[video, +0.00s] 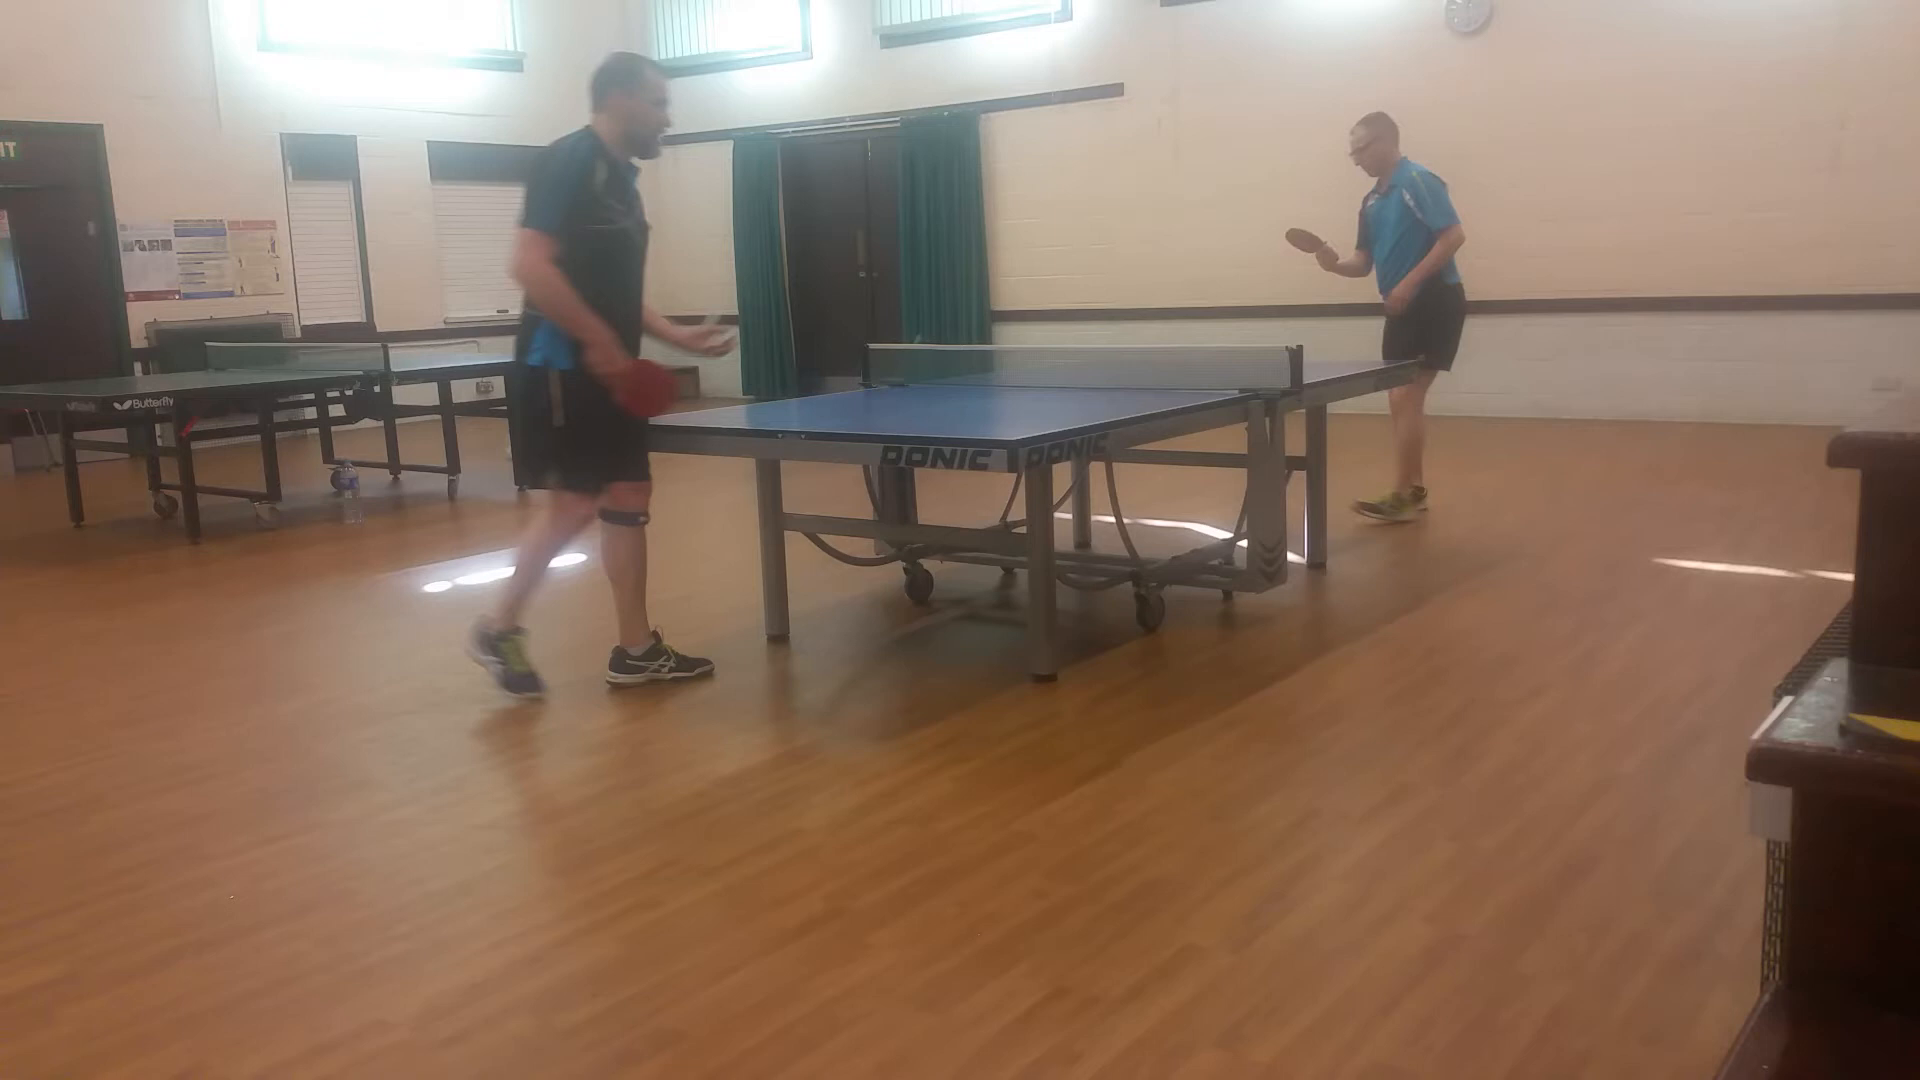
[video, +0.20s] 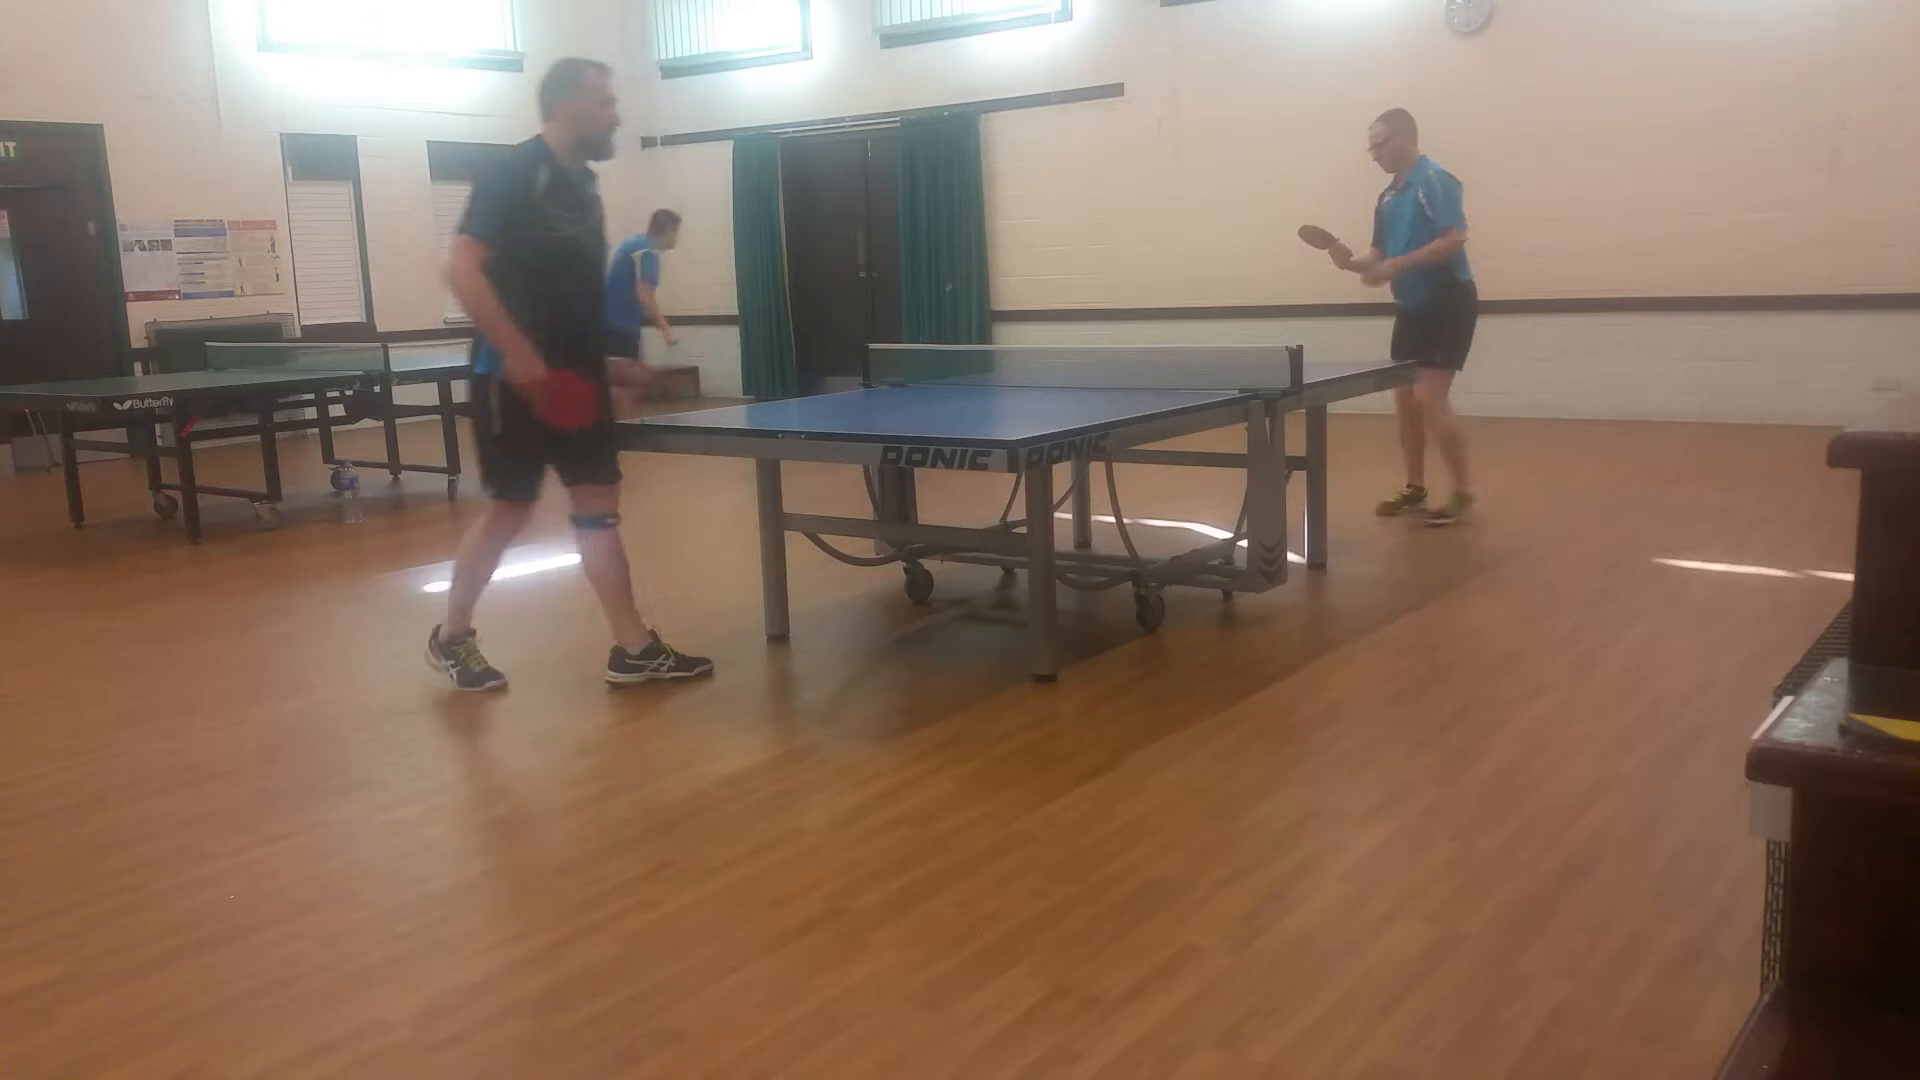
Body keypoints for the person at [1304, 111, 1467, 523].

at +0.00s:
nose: (1356, 158)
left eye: (1361, 148)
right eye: (1353, 151)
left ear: (1387, 142)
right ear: (1361, 152)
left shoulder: (1418, 179)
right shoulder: (1371, 201)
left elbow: (1453, 235)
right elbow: (1362, 263)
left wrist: (1409, 283)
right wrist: (1335, 263)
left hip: (1434, 298)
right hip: (1403, 303)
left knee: (1407, 397)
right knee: (1402, 399)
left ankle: (1404, 495)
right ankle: (1411, 490)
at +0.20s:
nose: (1374, 153)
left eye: (1380, 143)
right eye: (1371, 146)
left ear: (1405, 138)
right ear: (1381, 147)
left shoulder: (1436, 180)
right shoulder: (1386, 198)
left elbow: (1453, 240)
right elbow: (1380, 264)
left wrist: (1394, 266)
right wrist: (1349, 259)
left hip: (1448, 301)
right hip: (1412, 305)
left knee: (1432, 396)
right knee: (1406, 396)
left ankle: (1462, 494)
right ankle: (1414, 489)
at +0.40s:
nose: (1403, 149)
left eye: (1409, 139)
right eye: (1401, 141)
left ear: (1436, 136)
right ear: (1410, 143)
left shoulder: (1462, 180)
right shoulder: (1412, 195)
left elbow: (1451, 244)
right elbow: (1398, 258)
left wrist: (1381, 240)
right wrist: (1365, 255)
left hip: (1468, 302)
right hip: (1429, 305)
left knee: (1471, 401)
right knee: (1417, 399)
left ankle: (1528, 490)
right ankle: (1415, 489)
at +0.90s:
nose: (1455, 144)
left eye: (1463, 134)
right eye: (1454, 136)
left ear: (1489, 132)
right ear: (1470, 137)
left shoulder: (1523, 176)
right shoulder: (1466, 193)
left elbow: (1509, 241)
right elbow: (1456, 257)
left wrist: (1438, 234)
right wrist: (1425, 257)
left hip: (1532, 302)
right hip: (1491, 305)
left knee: (1526, 401)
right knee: (1471, 396)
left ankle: (1542, 501)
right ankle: (1475, 489)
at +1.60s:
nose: (1444, 145)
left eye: (1452, 138)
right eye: (1444, 138)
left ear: (1477, 139)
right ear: (1458, 141)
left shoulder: (1512, 182)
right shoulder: (1453, 202)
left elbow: (1538, 242)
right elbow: (1455, 262)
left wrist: (1475, 271)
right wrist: (1436, 270)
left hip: (1538, 298)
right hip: (1495, 305)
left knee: (1540, 399)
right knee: (1486, 398)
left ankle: (1564, 498)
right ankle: (1486, 489)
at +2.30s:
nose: (1444, 176)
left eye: (1451, 168)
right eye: (1443, 169)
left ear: (1478, 168)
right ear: (1456, 171)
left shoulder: (1520, 207)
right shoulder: (1460, 223)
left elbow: (1562, 267)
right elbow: (1449, 288)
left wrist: (1521, 317)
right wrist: (1421, 279)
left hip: (1559, 307)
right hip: (1514, 312)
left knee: (1539, 408)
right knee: (1493, 402)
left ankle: (1559, 511)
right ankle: (1477, 481)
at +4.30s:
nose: (1421, 172)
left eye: (1429, 165)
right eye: (1420, 165)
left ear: (1457, 166)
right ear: (1429, 170)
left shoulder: (1495, 207)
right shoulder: (1434, 219)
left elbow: (1534, 269)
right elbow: (1420, 285)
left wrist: (1510, 324)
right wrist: (1393, 267)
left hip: (1529, 311)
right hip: (1486, 315)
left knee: (1506, 408)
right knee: (1466, 404)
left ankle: (1536, 503)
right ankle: (1475, 486)